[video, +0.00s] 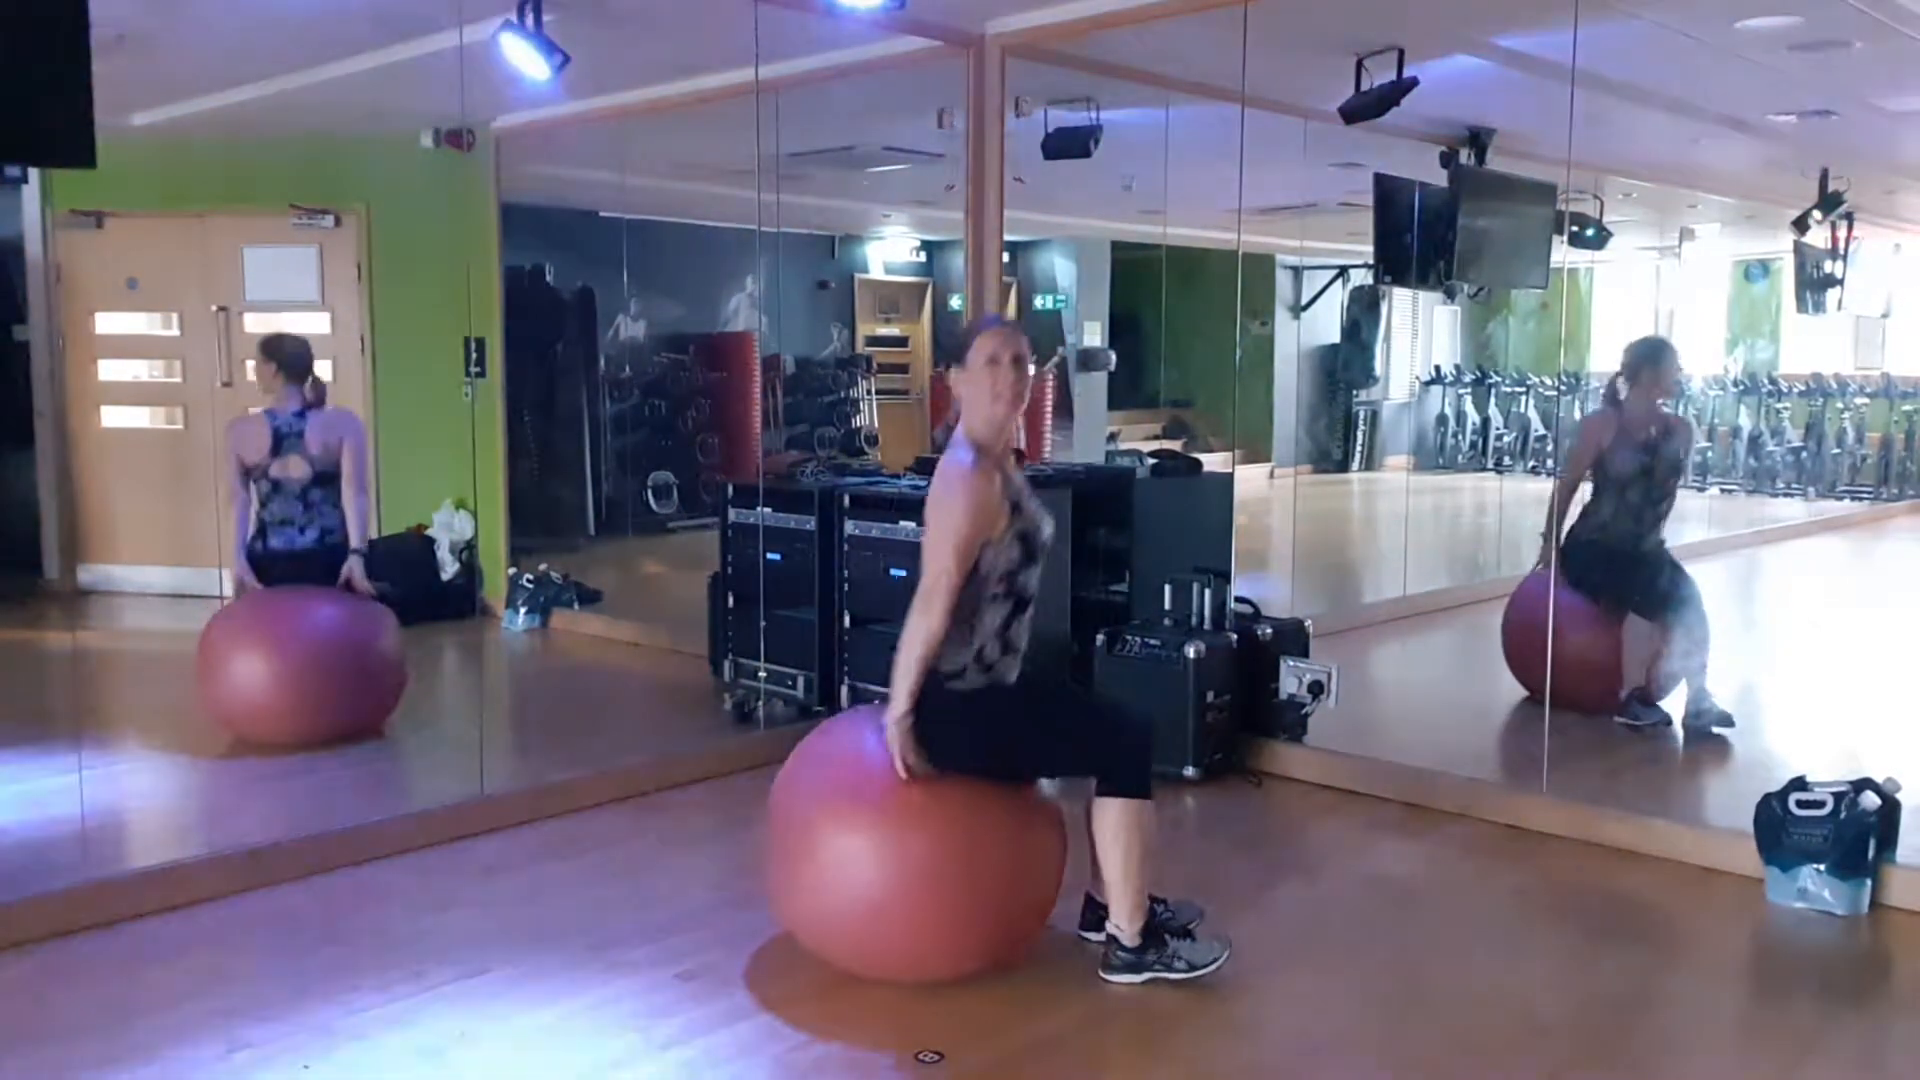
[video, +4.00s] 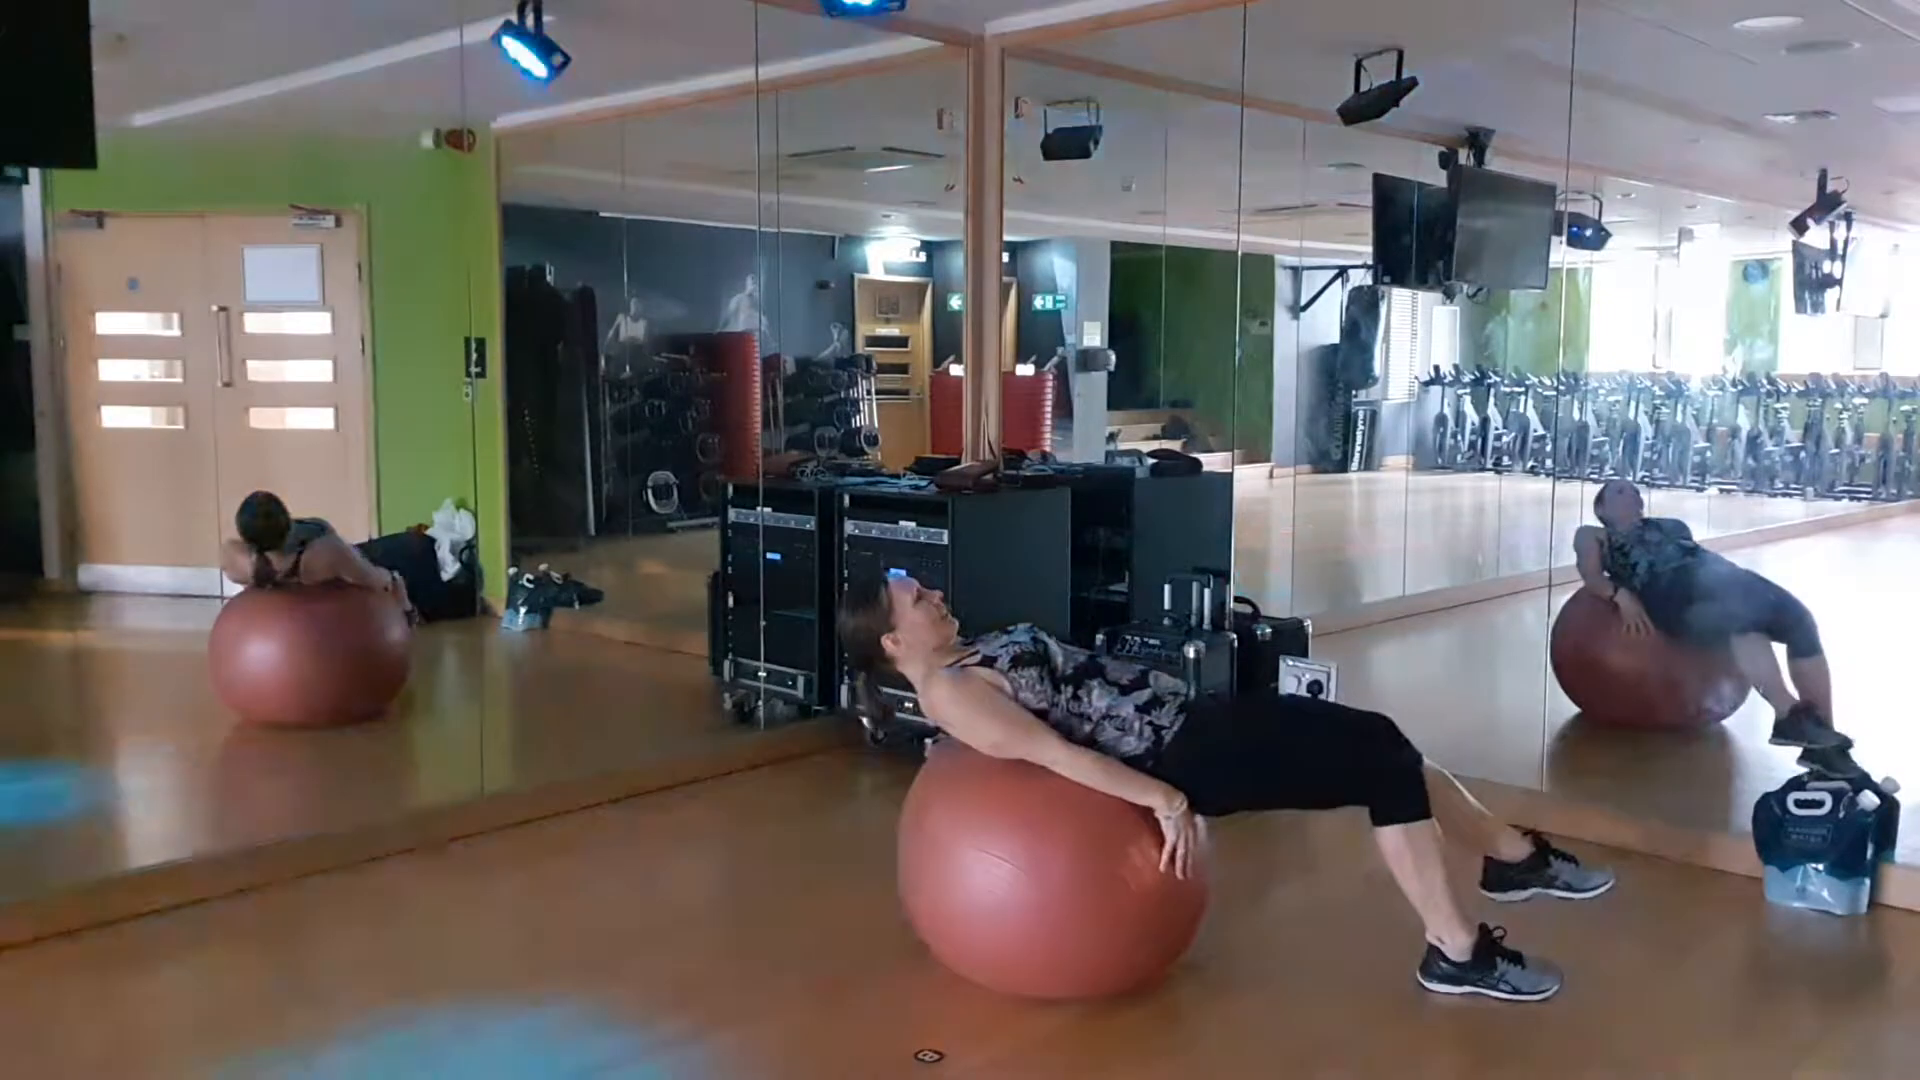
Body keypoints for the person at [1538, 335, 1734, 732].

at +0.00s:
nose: (1680, 376)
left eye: (1678, 368)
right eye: (1672, 369)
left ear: (1660, 375)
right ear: (1644, 373)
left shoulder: (1679, 430)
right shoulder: (1601, 425)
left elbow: (1666, 493)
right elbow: (1567, 485)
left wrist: (1650, 539)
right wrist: (1550, 543)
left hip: (1645, 549)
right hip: (1593, 546)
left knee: (1689, 603)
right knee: (1650, 592)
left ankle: (1698, 701)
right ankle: (1634, 697)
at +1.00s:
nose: (1660, 403)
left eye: (1665, 395)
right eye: (1654, 394)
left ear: (1668, 393)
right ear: (1628, 386)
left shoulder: (1665, 432)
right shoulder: (1589, 430)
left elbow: (1660, 487)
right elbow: (1544, 473)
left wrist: (1644, 531)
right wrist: (1531, 524)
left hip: (1632, 539)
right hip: (1578, 538)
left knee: (1658, 596)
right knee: (1619, 594)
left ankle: (1690, 696)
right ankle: (1646, 697)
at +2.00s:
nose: (1641, 398)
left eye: (1648, 390)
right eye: (1633, 389)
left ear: (1654, 395)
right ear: (1611, 392)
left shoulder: (1664, 437)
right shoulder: (1582, 438)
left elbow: (1670, 499)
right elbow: (1550, 499)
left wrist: (1671, 544)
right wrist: (1568, 555)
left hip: (1664, 551)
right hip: (1612, 556)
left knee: (1706, 594)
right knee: (1679, 607)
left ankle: (1694, 697)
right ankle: (1703, 711)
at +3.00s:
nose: (1632, 450)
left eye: (1636, 442)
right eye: (1622, 442)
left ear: (1642, 447)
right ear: (1599, 449)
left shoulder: (1663, 486)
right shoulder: (1578, 492)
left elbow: (1682, 542)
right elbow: (1561, 553)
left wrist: (1702, 577)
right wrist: (1599, 580)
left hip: (1690, 570)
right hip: (1644, 580)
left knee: (1755, 623)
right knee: (1727, 616)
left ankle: (1811, 731)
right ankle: (1716, 713)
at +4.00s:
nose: (1630, 491)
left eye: (1633, 489)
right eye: (1617, 490)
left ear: (1641, 502)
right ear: (1602, 509)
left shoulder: (1672, 526)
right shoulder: (1595, 534)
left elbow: (1703, 556)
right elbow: (1591, 575)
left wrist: (1737, 575)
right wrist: (1620, 596)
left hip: (1719, 580)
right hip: (1674, 589)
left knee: (1799, 622)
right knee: (1742, 621)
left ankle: (1826, 746)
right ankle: (1787, 713)